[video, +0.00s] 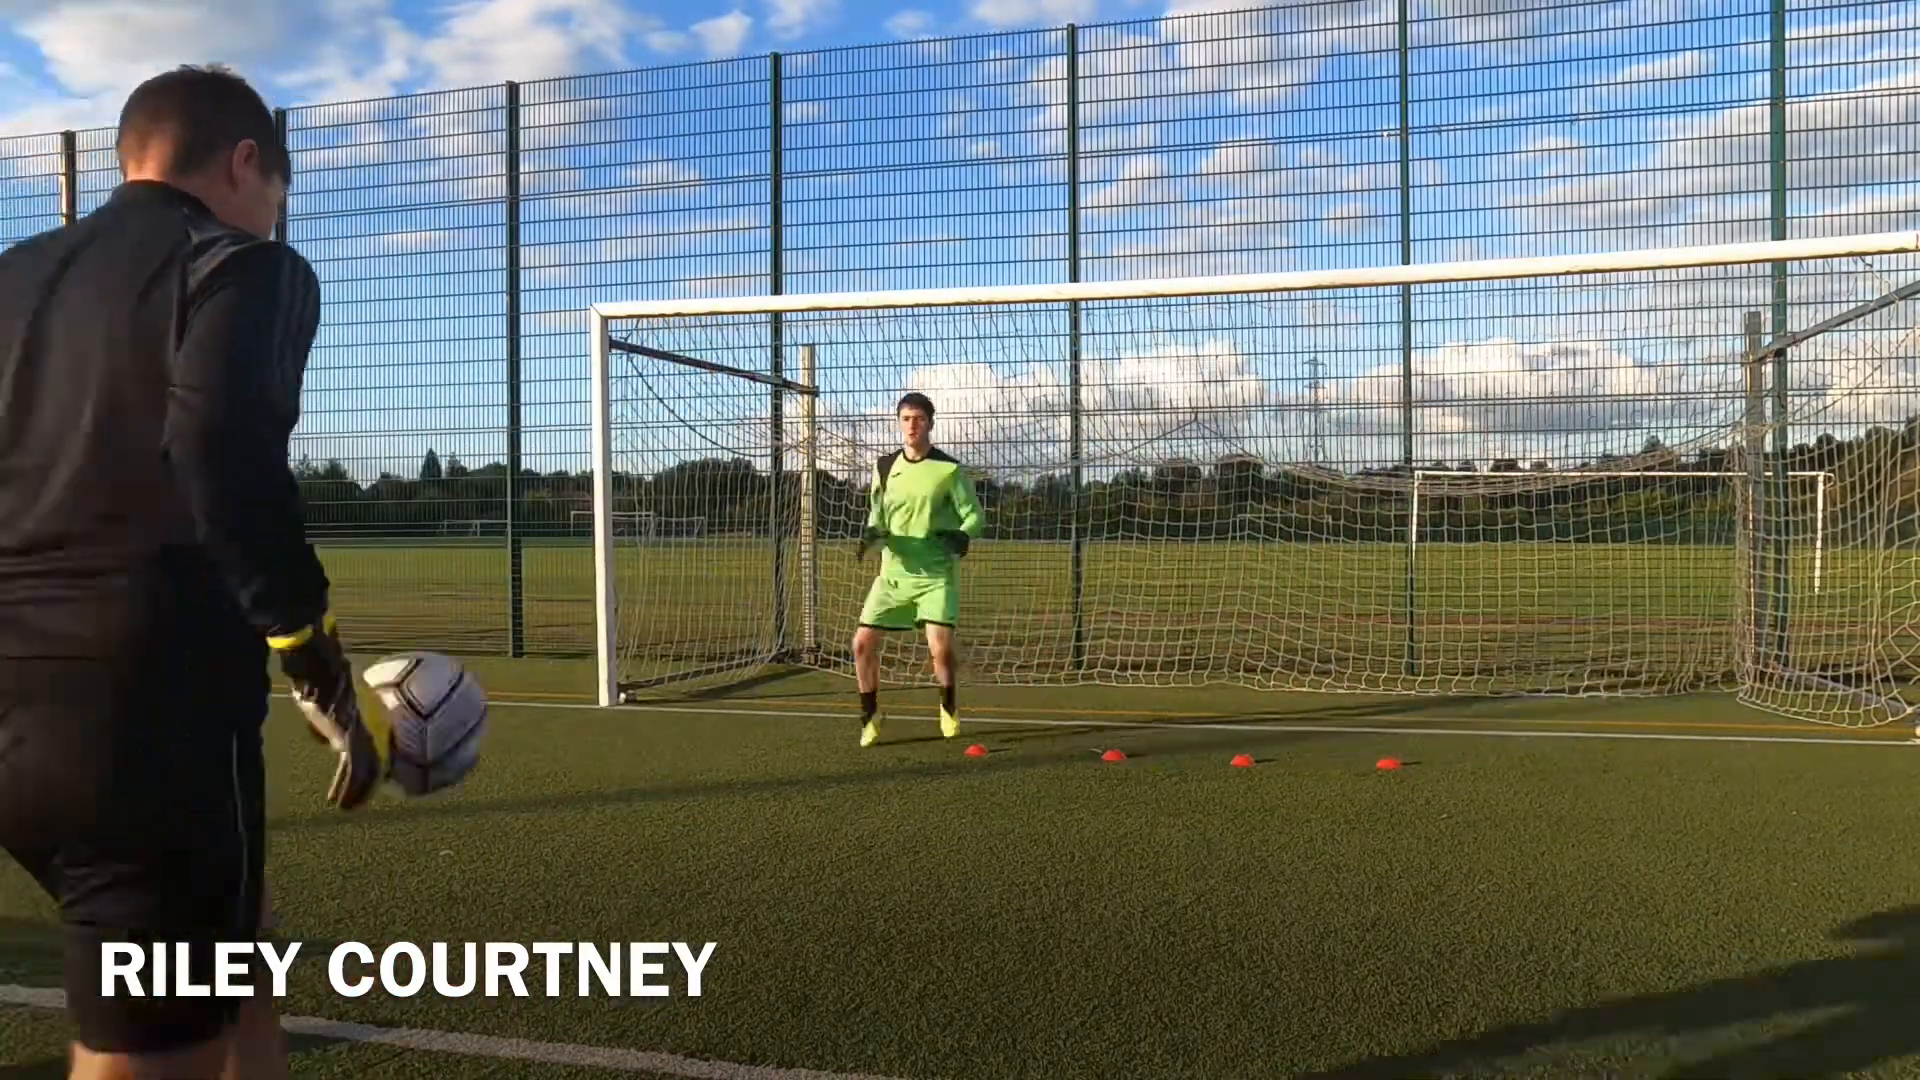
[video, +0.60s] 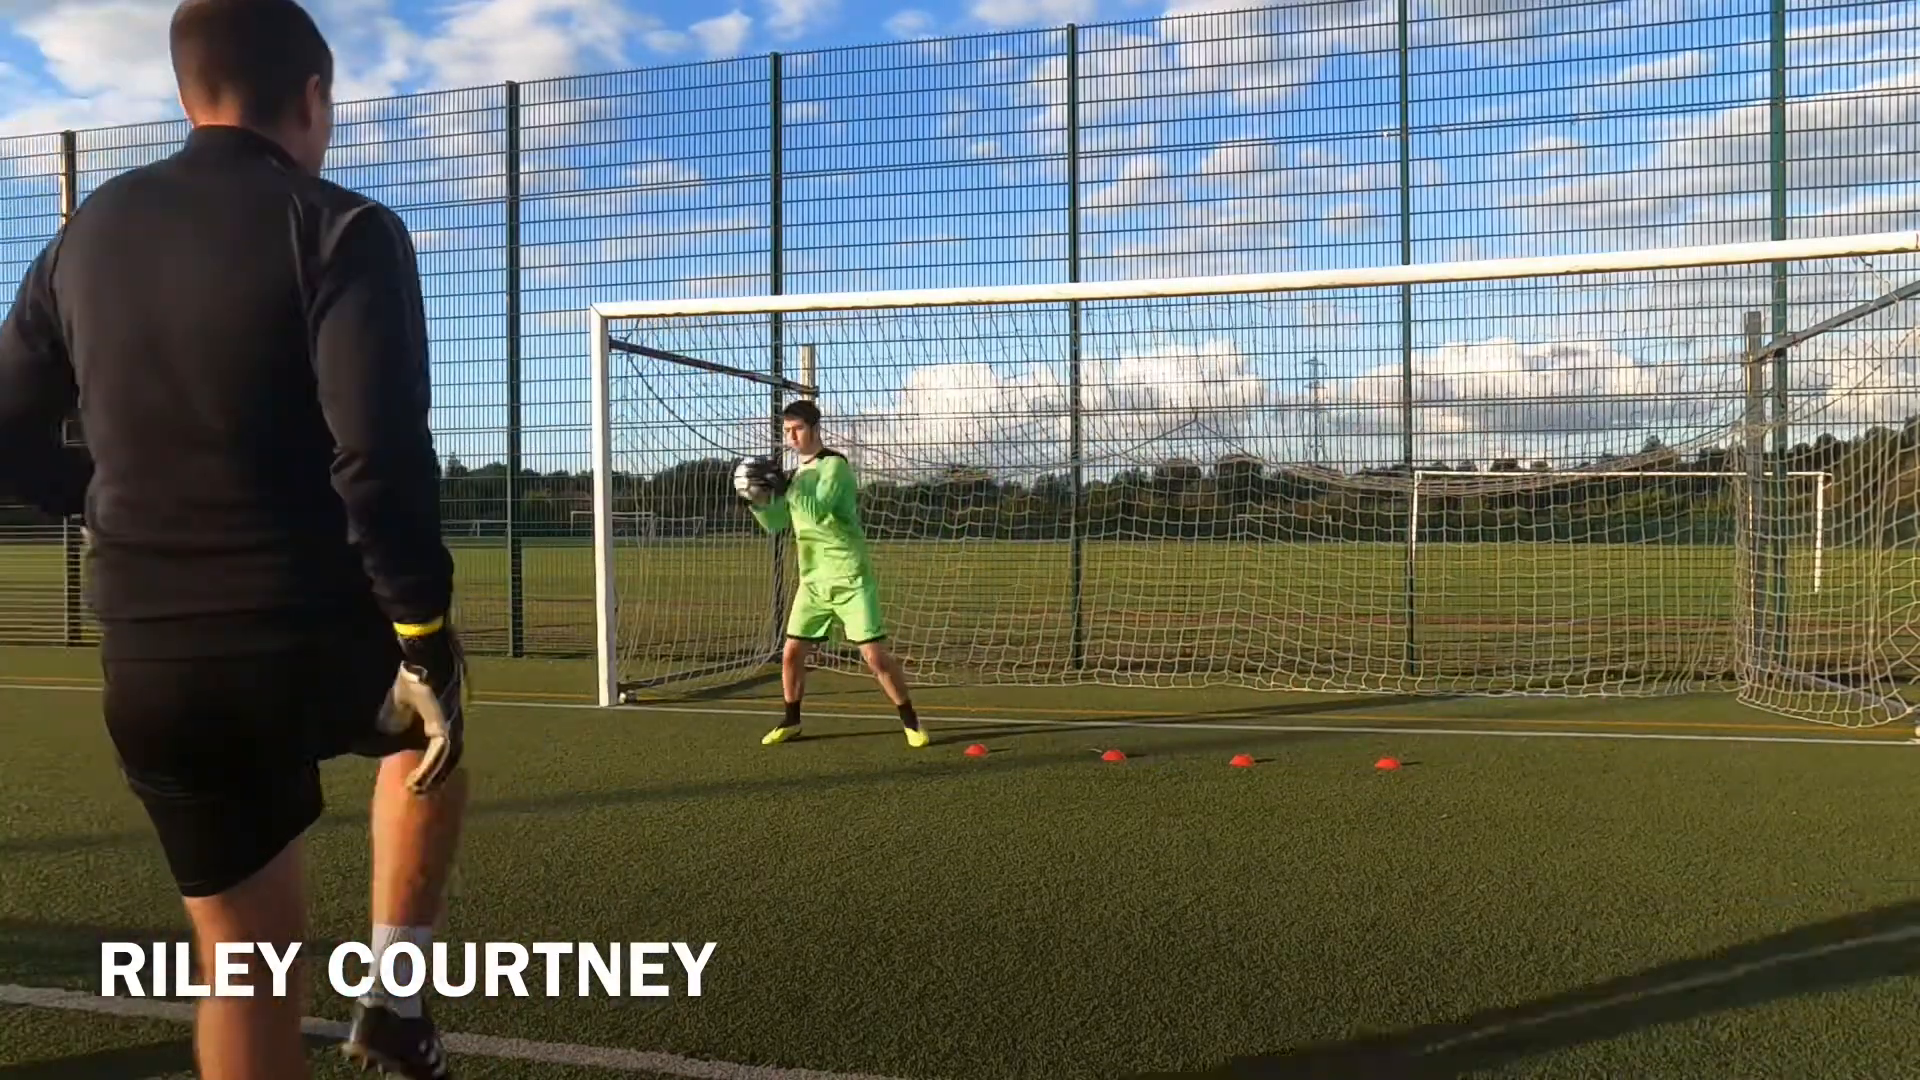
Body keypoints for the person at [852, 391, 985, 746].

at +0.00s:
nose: (912, 426)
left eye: (918, 419)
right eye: (906, 419)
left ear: (930, 423)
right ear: (898, 424)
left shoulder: (950, 470)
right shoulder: (885, 467)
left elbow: (974, 514)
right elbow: (876, 512)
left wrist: (963, 535)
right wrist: (871, 534)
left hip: (936, 575)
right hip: (893, 574)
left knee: (941, 648)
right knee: (863, 642)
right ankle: (870, 717)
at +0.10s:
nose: (892, 429)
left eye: (898, 422)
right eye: (886, 422)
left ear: (910, 427)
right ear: (878, 427)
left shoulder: (931, 472)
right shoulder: (862, 470)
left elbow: (955, 520)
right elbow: (860, 517)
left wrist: (937, 535)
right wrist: (848, 531)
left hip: (913, 579)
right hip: (869, 575)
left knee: (913, 659)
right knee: (835, 643)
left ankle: (906, 718)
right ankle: (819, 711)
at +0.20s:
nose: (873, 441)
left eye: (879, 435)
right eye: (867, 434)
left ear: (890, 439)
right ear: (859, 440)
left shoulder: (909, 486)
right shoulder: (843, 481)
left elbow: (922, 540)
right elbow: (835, 529)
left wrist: (921, 539)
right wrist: (824, 537)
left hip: (890, 590)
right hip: (846, 588)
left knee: (901, 663)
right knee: (812, 658)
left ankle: (906, 724)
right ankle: (790, 720)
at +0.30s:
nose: (858, 443)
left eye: (864, 437)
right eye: (852, 437)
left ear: (875, 442)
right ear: (843, 441)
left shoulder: (890, 488)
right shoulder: (824, 484)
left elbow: (900, 544)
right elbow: (809, 535)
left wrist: (893, 533)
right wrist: (803, 526)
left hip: (874, 593)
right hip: (829, 594)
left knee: (892, 662)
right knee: (801, 662)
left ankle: (904, 723)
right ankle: (789, 722)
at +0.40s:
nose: (843, 436)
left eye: (850, 429)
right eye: (837, 429)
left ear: (862, 434)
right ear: (830, 435)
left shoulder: (875, 478)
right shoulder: (815, 478)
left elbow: (868, 521)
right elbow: (786, 523)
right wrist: (777, 495)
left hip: (866, 587)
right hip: (822, 588)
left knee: (890, 659)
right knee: (796, 658)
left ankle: (904, 723)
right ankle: (789, 721)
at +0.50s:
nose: (820, 430)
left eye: (827, 423)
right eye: (815, 424)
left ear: (842, 428)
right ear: (809, 430)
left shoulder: (858, 470)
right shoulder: (801, 474)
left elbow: (832, 501)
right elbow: (776, 508)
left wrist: (803, 474)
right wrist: (766, 474)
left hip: (863, 581)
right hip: (820, 584)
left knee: (886, 654)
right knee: (796, 655)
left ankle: (906, 722)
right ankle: (790, 720)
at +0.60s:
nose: (791, 437)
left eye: (797, 430)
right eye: (787, 432)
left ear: (815, 429)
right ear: (787, 436)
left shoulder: (836, 466)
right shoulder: (795, 477)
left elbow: (820, 512)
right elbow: (774, 523)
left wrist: (784, 489)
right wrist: (755, 497)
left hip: (851, 579)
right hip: (813, 582)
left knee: (876, 658)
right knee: (791, 652)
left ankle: (911, 722)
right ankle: (791, 721)